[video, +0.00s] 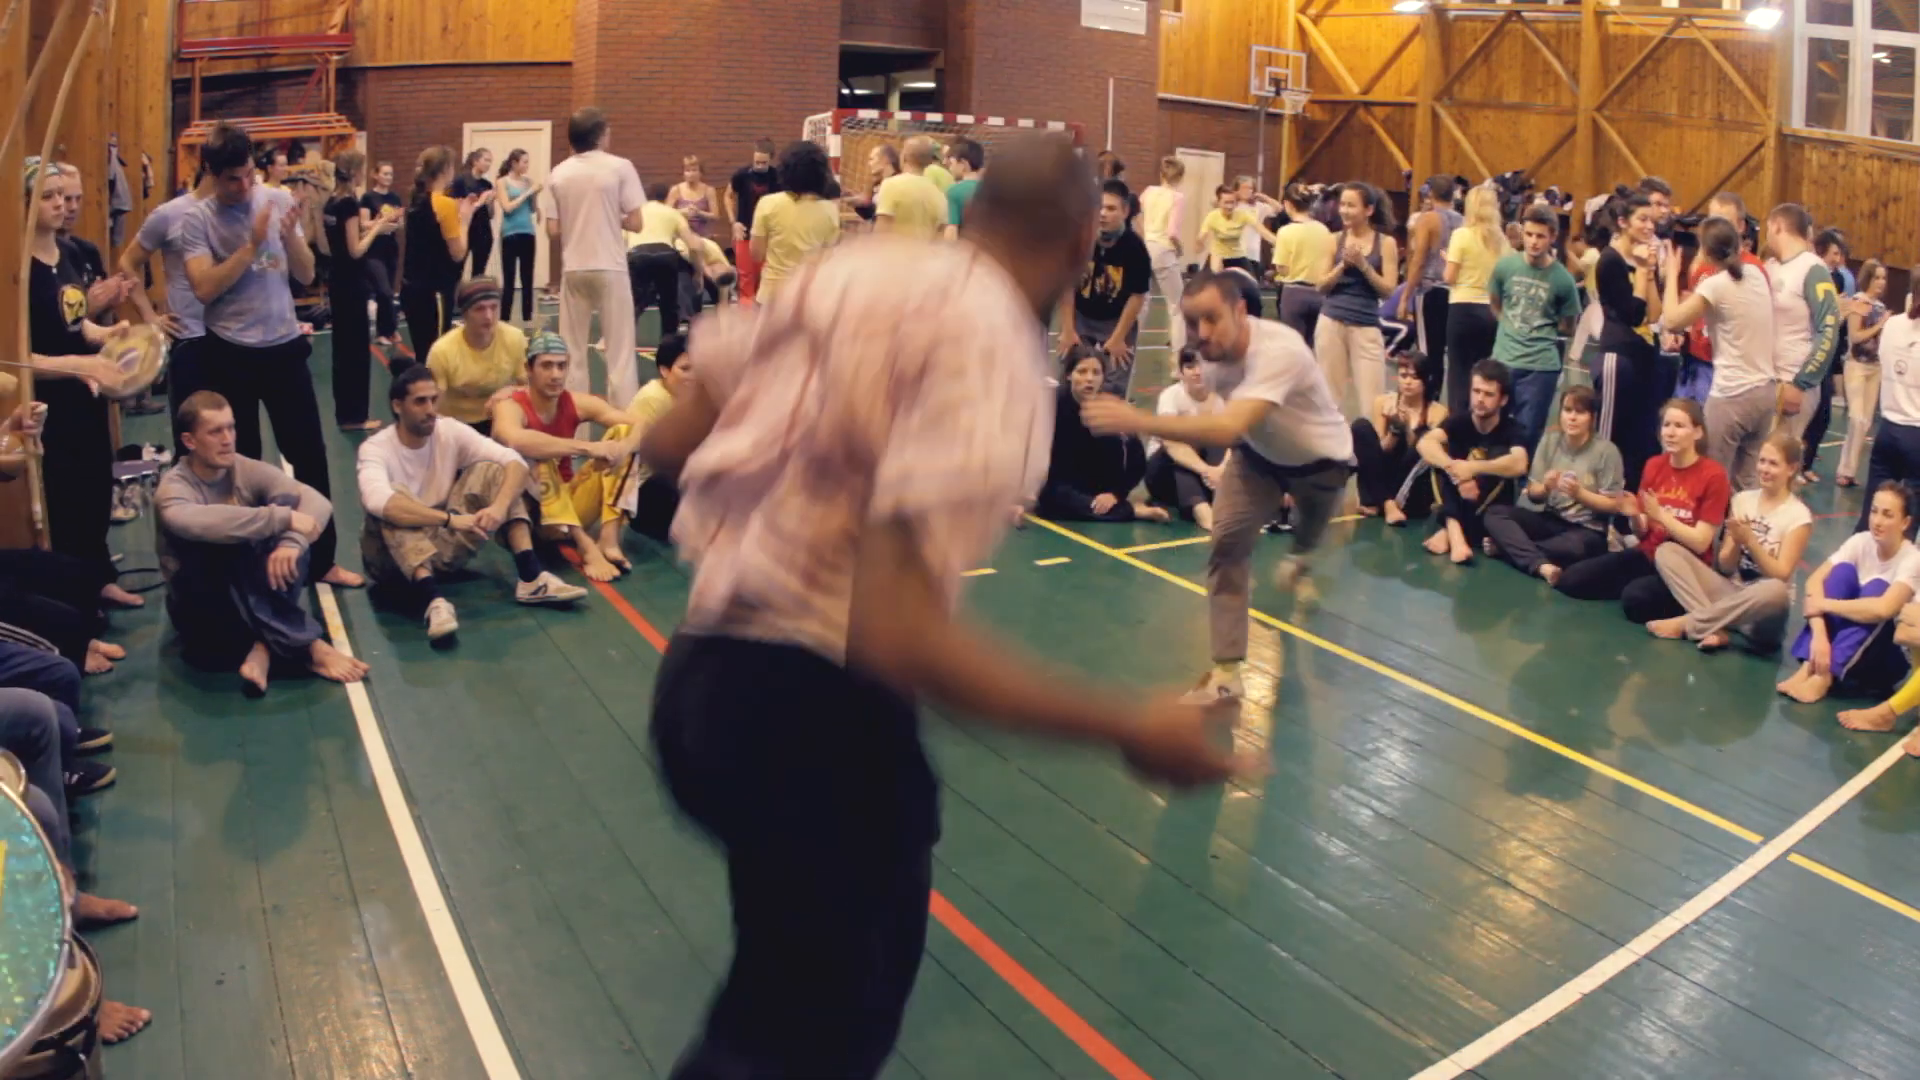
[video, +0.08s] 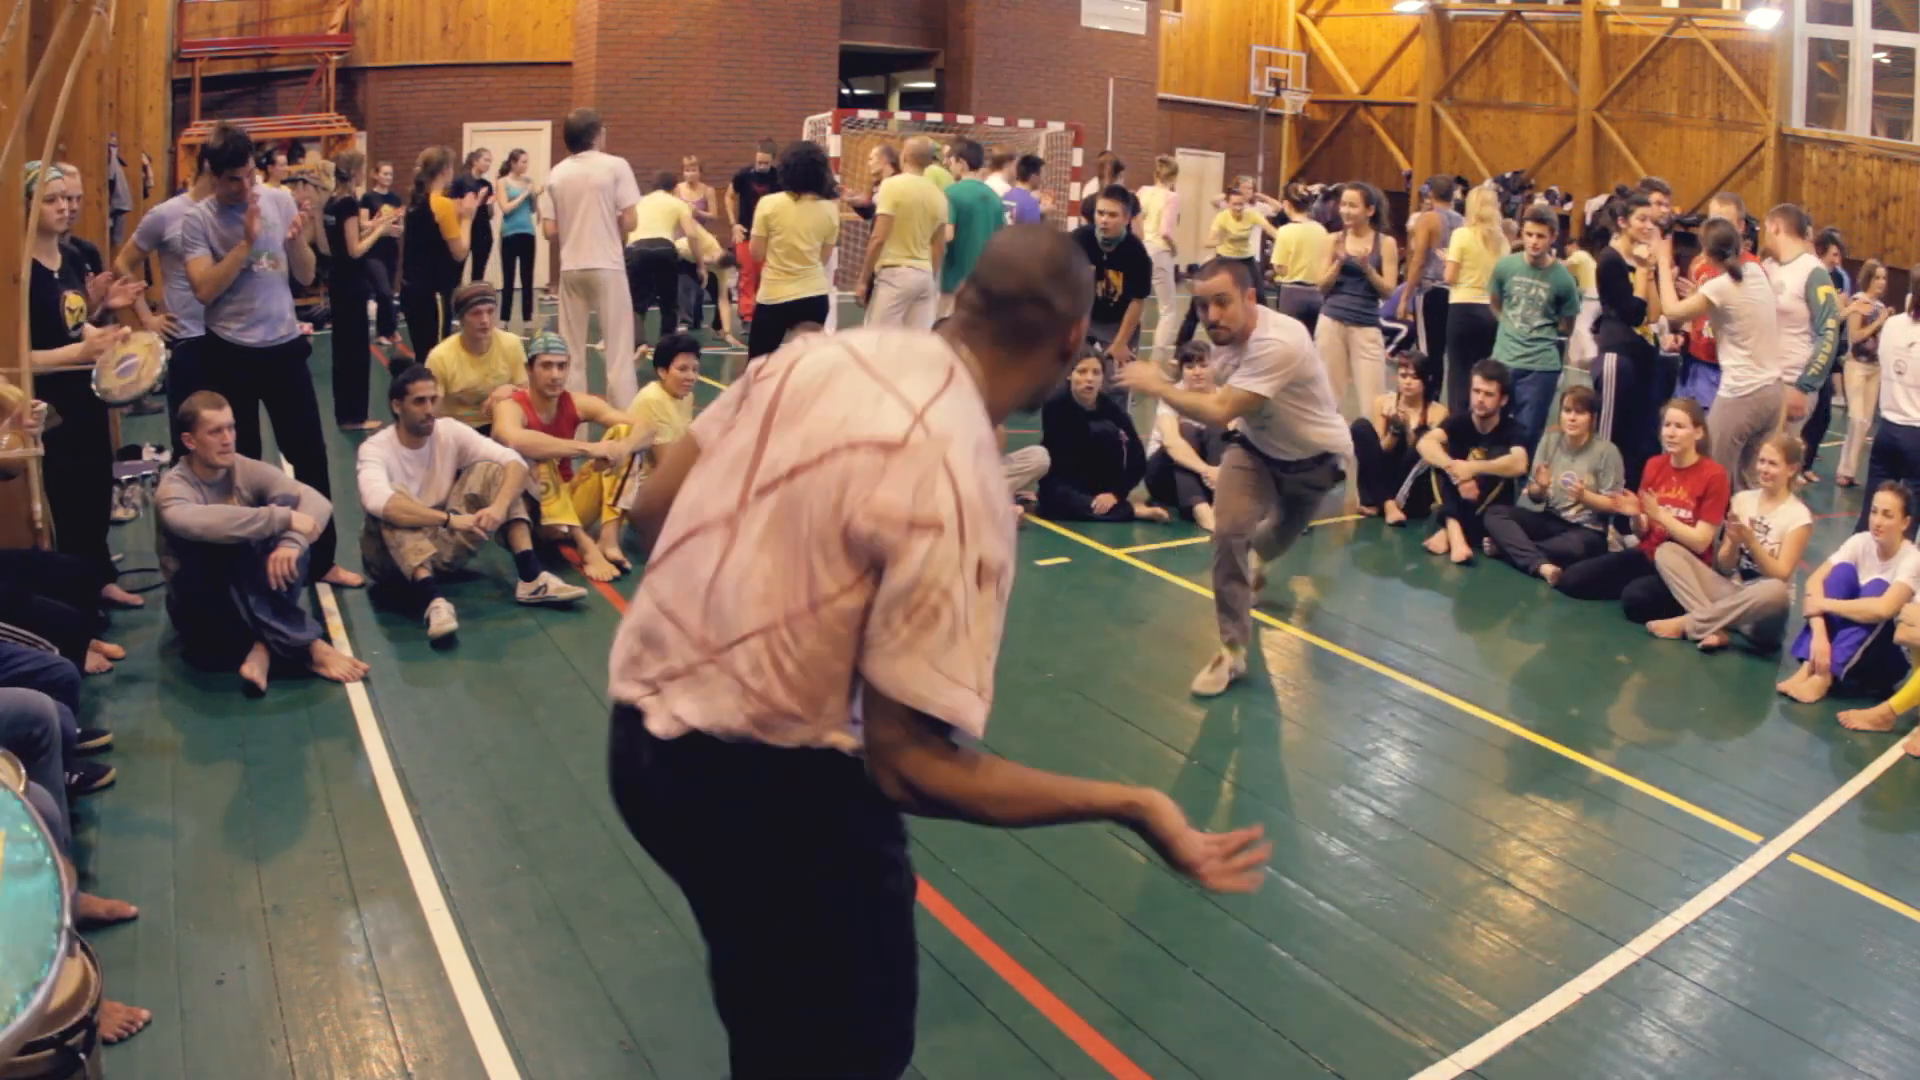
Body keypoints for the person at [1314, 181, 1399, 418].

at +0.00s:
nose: (1344, 211)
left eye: (1351, 205)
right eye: (1342, 204)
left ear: (1369, 211)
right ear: (1338, 207)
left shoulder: (1386, 243)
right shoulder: (1335, 240)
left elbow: (1388, 288)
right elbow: (1322, 285)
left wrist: (1363, 265)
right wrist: (1342, 266)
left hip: (1365, 321)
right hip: (1331, 316)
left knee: (1371, 395)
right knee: (1330, 392)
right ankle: (1328, 450)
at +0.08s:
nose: (1346, 211)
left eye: (1353, 206)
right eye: (1343, 204)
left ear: (1370, 211)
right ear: (1339, 207)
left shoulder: (1386, 244)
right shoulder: (1334, 240)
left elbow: (1388, 288)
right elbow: (1323, 285)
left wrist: (1367, 268)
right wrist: (1337, 263)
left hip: (1366, 321)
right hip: (1332, 317)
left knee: (1371, 395)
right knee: (1329, 392)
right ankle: (1325, 448)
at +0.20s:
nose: (1347, 210)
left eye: (1354, 205)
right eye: (1344, 204)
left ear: (1371, 210)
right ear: (1341, 207)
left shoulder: (1385, 243)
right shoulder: (1332, 240)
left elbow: (1387, 288)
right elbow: (1322, 285)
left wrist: (1360, 265)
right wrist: (1346, 267)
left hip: (1366, 322)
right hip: (1332, 318)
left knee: (1371, 398)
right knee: (1332, 398)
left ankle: (1373, 463)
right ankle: (1335, 461)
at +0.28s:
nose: (1348, 210)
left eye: (1355, 206)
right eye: (1345, 204)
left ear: (1372, 211)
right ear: (1341, 207)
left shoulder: (1386, 243)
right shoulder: (1332, 240)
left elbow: (1388, 288)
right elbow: (1321, 284)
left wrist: (1359, 265)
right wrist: (1344, 265)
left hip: (1366, 322)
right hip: (1332, 318)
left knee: (1372, 395)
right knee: (1332, 394)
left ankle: (1373, 460)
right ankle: (1336, 456)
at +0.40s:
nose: (1352, 211)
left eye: (1359, 206)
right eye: (1348, 204)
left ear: (1373, 212)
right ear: (1343, 207)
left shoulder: (1386, 243)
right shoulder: (1332, 240)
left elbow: (1390, 288)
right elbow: (1321, 286)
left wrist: (1367, 268)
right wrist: (1336, 260)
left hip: (1367, 322)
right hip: (1333, 318)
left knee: (1370, 393)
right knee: (1332, 389)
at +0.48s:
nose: (1355, 211)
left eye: (1362, 207)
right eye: (1351, 205)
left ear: (1374, 211)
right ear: (1344, 207)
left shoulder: (1386, 242)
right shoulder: (1331, 240)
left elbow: (1388, 289)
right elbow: (1321, 286)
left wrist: (1361, 264)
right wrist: (1343, 263)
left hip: (1367, 321)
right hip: (1333, 316)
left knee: (1371, 388)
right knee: (1331, 383)